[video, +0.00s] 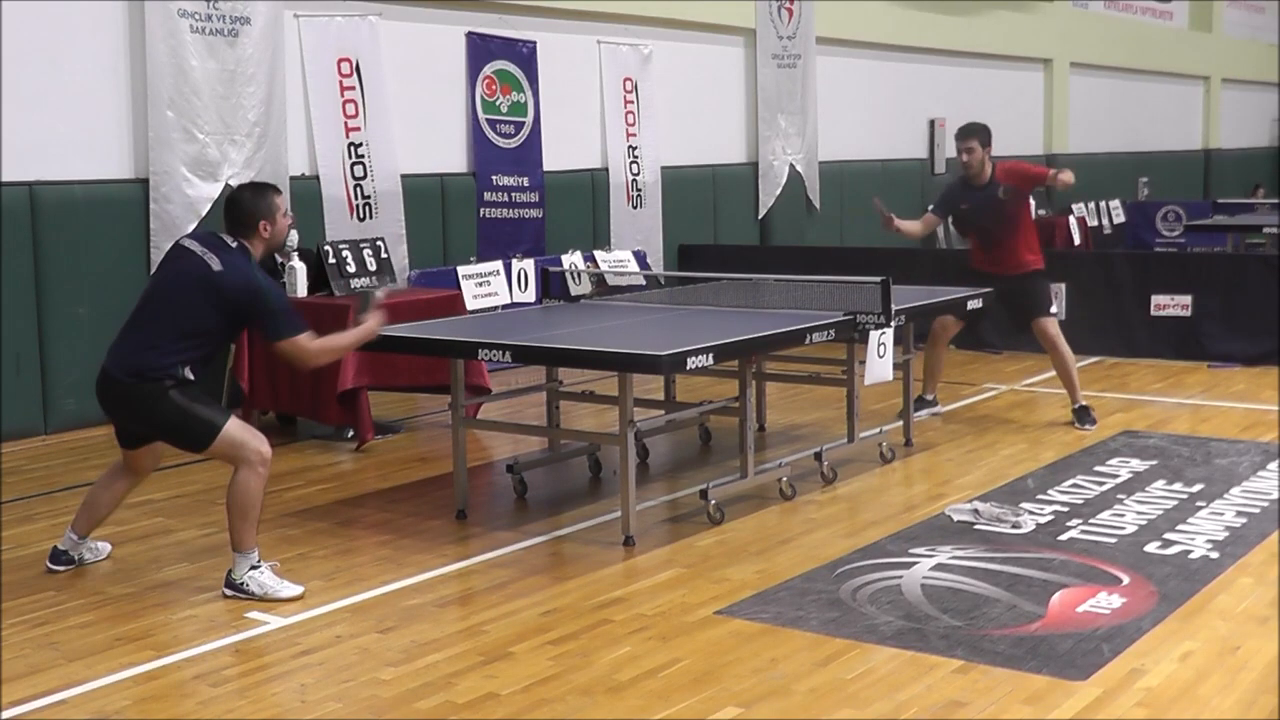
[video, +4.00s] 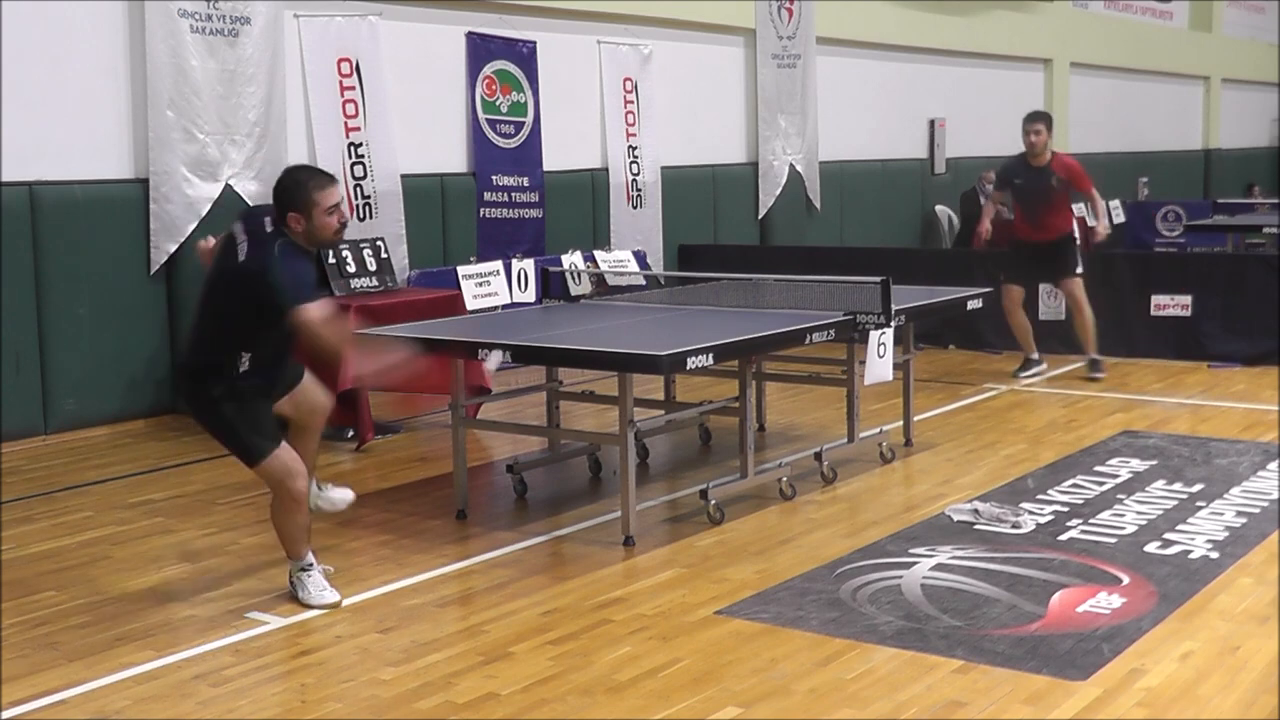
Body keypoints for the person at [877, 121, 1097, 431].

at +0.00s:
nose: (963, 158)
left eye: (969, 151)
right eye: (960, 152)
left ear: (987, 150)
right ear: (957, 153)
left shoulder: (1012, 173)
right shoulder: (955, 191)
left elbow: (1062, 177)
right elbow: (922, 228)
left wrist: (1062, 179)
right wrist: (897, 224)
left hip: (1025, 274)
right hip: (981, 276)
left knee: (1048, 331)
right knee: (940, 328)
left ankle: (1079, 404)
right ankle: (928, 398)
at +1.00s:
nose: (1166, 163)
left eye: (1173, 157)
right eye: (1164, 156)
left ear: (1192, 154)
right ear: (1161, 154)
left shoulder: (1213, 189)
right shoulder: (1154, 181)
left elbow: (1238, 233)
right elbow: (1107, 195)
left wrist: (1237, 268)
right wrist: (1105, 168)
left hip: (1188, 280)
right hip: (1141, 277)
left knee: (1215, 330)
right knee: (1089, 332)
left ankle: (1234, 408)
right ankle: (1080, 388)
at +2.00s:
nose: (959, 177)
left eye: (965, 172)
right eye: (957, 172)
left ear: (980, 174)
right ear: (956, 173)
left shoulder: (997, 197)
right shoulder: (964, 198)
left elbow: (1031, 218)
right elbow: (931, 198)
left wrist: (1034, 248)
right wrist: (905, 178)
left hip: (1014, 273)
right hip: (988, 272)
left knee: (956, 304)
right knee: (945, 300)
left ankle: (970, 367)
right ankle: (967, 357)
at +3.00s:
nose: (1134, 234)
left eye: (1139, 227)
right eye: (1128, 227)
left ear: (1145, 228)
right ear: (1116, 225)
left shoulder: (1127, 243)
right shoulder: (1102, 249)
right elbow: (1106, 303)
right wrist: (1132, 336)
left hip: (1093, 283)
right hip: (1060, 285)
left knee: (1144, 315)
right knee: (1099, 311)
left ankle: (1122, 369)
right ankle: (1103, 382)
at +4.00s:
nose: (1031, 139)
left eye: (1037, 133)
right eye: (1027, 133)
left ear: (1049, 136)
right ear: (1022, 136)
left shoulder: (1066, 165)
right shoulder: (1011, 168)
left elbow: (1094, 196)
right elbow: (994, 199)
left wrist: (1101, 222)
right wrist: (985, 221)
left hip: (1061, 242)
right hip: (1024, 244)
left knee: (1074, 292)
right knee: (1010, 300)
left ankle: (1093, 357)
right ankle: (1032, 358)